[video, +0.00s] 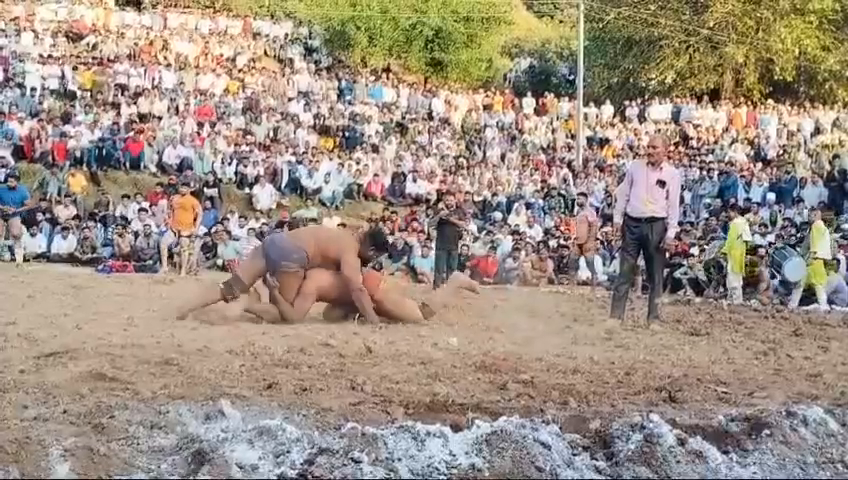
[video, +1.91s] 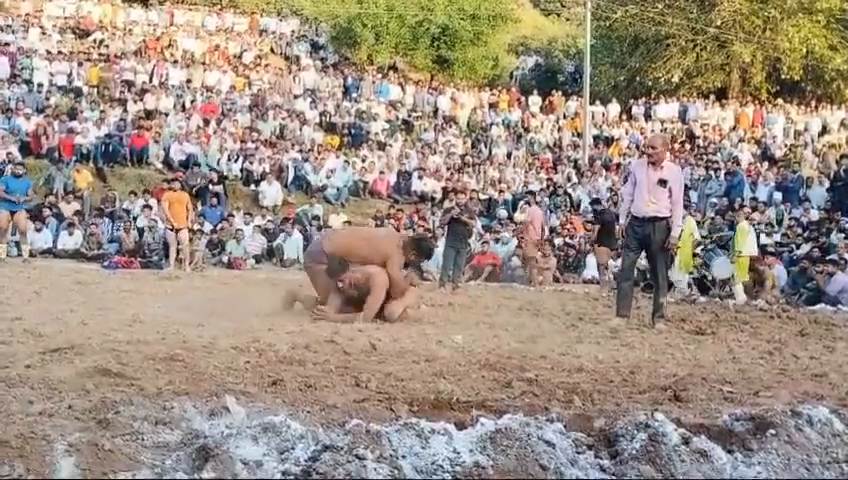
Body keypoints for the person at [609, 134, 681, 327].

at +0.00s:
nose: (650, 151)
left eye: (654, 148)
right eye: (649, 147)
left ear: (666, 150)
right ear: (646, 148)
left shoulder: (672, 173)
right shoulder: (635, 167)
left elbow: (673, 205)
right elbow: (622, 193)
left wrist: (671, 233)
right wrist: (617, 219)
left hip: (657, 222)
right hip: (632, 220)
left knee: (655, 273)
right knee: (625, 270)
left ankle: (653, 316)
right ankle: (616, 315)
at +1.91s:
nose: (649, 151)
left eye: (653, 148)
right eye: (647, 147)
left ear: (665, 149)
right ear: (645, 148)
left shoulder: (674, 171)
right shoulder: (637, 166)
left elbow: (677, 204)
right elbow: (627, 194)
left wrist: (675, 233)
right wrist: (622, 221)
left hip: (659, 222)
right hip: (636, 221)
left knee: (659, 272)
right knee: (626, 268)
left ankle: (658, 316)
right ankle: (622, 314)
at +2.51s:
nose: (664, 163)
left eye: (668, 160)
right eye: (662, 160)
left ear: (679, 160)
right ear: (659, 160)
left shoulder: (689, 179)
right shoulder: (653, 178)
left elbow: (696, 211)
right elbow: (645, 207)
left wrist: (695, 239)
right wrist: (642, 233)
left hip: (679, 232)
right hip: (655, 232)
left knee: (684, 284)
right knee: (657, 283)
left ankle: (697, 329)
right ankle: (658, 329)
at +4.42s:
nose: (655, 164)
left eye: (658, 159)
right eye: (652, 160)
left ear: (671, 154)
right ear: (649, 159)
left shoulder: (692, 175)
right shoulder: (644, 179)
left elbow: (706, 209)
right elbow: (635, 214)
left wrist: (715, 241)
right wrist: (627, 242)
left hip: (683, 244)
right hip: (654, 245)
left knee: (686, 300)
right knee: (648, 304)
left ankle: (691, 357)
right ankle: (646, 351)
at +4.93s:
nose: (647, 153)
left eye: (651, 147)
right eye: (644, 148)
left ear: (665, 141)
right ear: (645, 146)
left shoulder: (687, 163)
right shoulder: (644, 166)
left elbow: (697, 199)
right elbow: (640, 202)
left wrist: (692, 228)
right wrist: (637, 233)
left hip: (680, 234)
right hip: (651, 235)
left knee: (683, 301)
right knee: (650, 295)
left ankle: (686, 358)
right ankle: (651, 352)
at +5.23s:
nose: (616, 142)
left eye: (620, 136)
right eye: (613, 137)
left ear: (637, 131)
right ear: (613, 136)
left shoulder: (661, 153)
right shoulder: (616, 159)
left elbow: (669, 195)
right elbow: (619, 194)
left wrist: (661, 229)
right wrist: (616, 226)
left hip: (651, 228)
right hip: (623, 229)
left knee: (649, 295)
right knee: (629, 297)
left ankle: (667, 334)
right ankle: (636, 356)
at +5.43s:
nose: (596, 137)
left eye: (599, 132)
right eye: (594, 133)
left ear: (615, 126)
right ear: (607, 128)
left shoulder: (643, 147)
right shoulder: (605, 150)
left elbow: (662, 188)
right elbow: (606, 190)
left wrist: (669, 228)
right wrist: (591, 221)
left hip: (640, 223)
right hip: (612, 225)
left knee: (624, 286)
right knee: (620, 288)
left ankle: (631, 353)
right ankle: (626, 350)